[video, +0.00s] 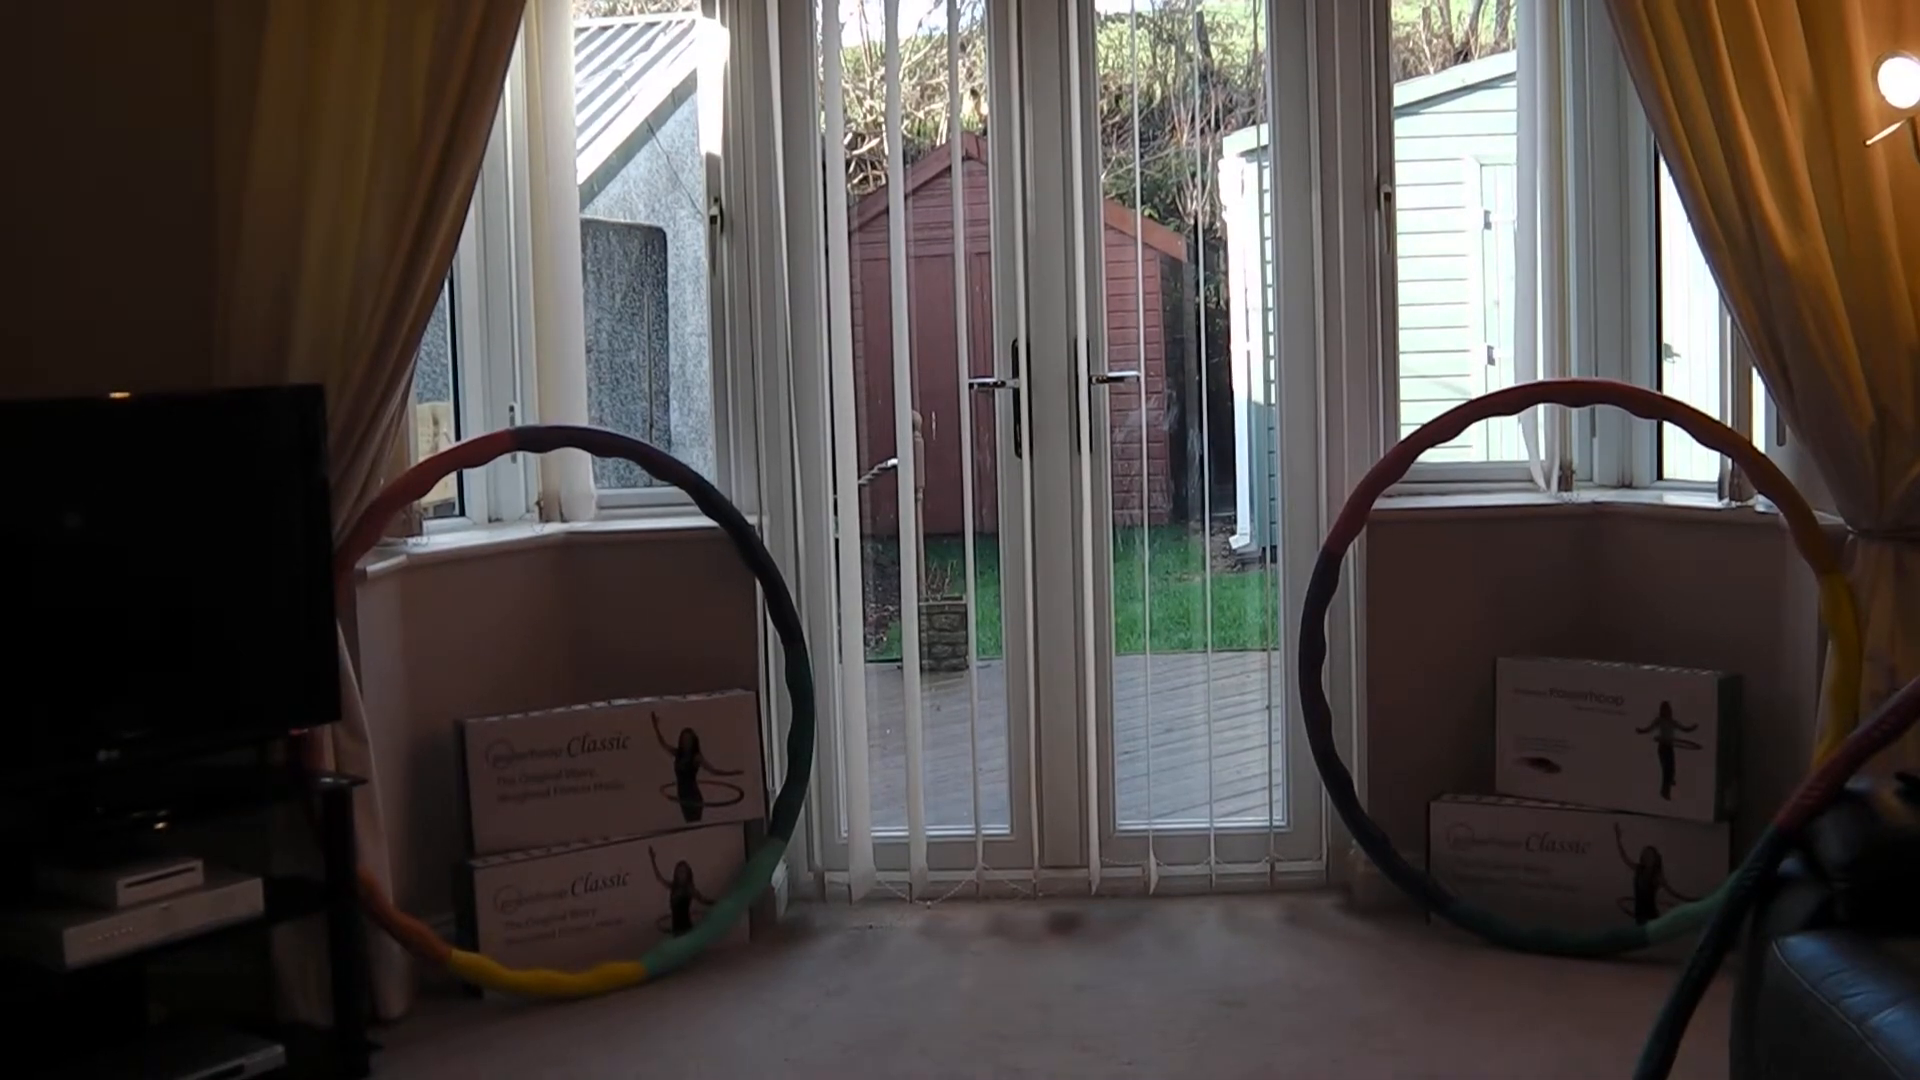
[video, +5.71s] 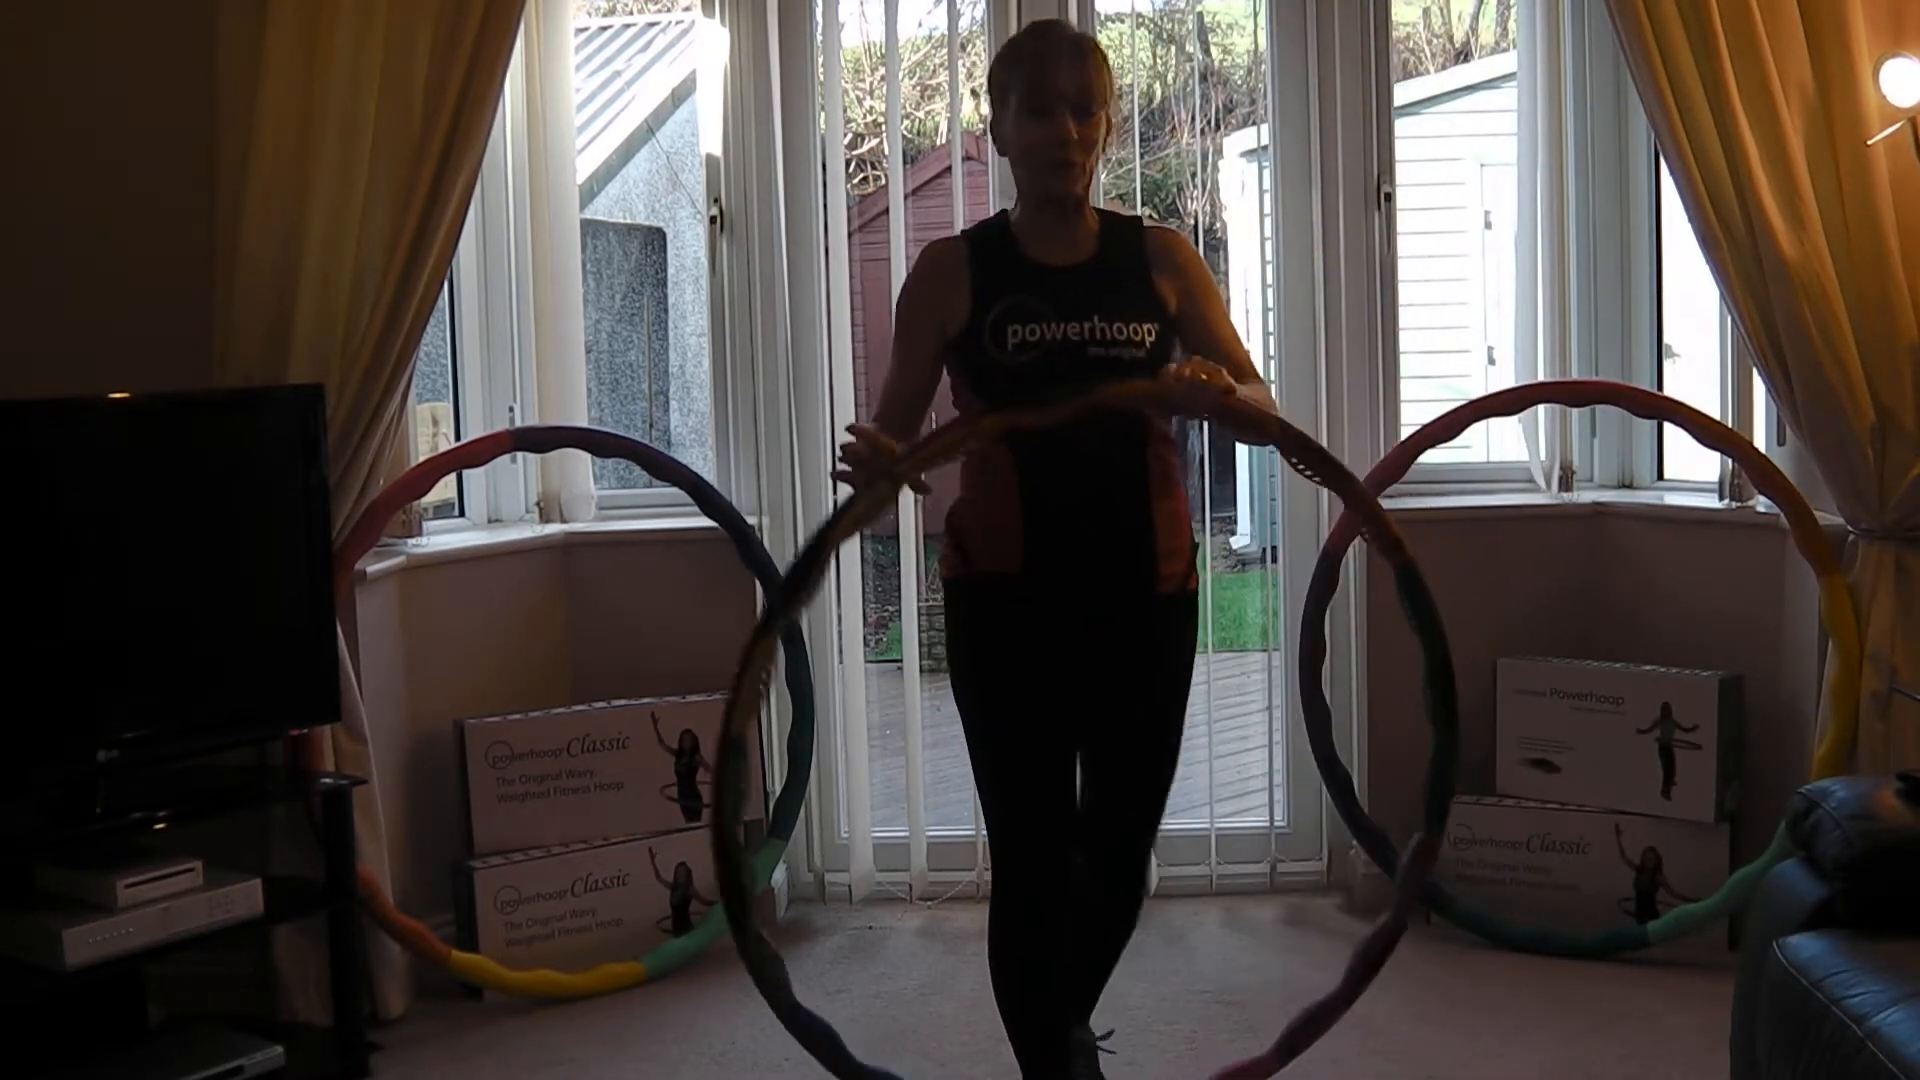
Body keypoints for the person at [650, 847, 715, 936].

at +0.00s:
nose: (681, 874)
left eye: (684, 871)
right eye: (679, 871)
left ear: (688, 873)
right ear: (675, 873)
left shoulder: (690, 889)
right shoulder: (673, 887)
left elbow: (703, 900)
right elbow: (659, 878)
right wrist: (653, 860)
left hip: (686, 924)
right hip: (675, 925)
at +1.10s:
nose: (681, 874)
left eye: (683, 871)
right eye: (679, 871)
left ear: (688, 873)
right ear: (675, 873)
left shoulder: (690, 889)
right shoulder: (673, 887)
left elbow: (702, 901)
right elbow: (659, 878)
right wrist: (652, 860)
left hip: (686, 926)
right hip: (675, 925)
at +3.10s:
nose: (681, 876)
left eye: (683, 873)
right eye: (678, 873)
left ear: (688, 874)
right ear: (675, 874)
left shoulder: (690, 889)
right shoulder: (673, 887)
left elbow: (703, 902)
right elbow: (658, 878)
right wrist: (652, 861)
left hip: (686, 924)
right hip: (675, 924)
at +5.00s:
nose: (681, 874)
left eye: (683, 872)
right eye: (678, 872)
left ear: (688, 874)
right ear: (675, 874)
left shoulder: (690, 889)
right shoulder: (673, 887)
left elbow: (703, 902)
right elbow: (659, 878)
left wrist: (717, 904)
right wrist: (652, 860)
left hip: (686, 924)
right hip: (675, 924)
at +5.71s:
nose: (681, 875)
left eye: (683, 872)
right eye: (679, 872)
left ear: (688, 874)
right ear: (675, 874)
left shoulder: (690, 889)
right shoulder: (673, 887)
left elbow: (703, 902)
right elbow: (659, 878)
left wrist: (718, 903)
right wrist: (652, 861)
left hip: (686, 924)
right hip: (675, 924)